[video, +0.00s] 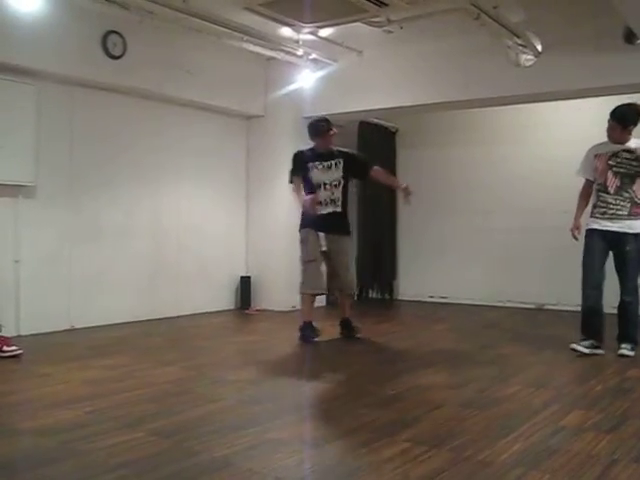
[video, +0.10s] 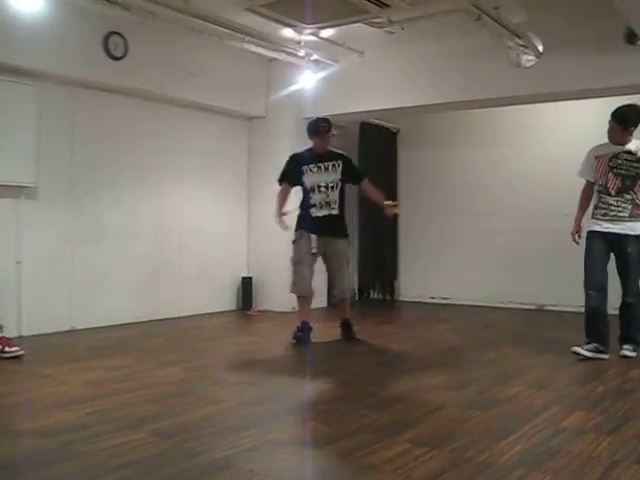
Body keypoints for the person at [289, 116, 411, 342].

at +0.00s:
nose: (333, 136)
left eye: (332, 133)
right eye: (329, 133)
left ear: (330, 135)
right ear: (318, 136)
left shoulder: (345, 157)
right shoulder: (302, 158)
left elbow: (373, 171)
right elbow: (296, 183)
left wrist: (398, 185)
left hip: (338, 225)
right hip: (311, 225)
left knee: (345, 274)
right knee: (311, 272)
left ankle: (346, 322)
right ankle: (307, 324)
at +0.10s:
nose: (325, 140)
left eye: (327, 135)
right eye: (321, 136)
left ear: (331, 135)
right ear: (313, 136)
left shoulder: (341, 160)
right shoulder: (298, 161)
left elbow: (364, 184)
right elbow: (285, 186)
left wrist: (384, 202)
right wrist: (280, 210)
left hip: (335, 227)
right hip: (306, 227)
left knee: (342, 277)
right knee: (302, 276)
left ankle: (346, 323)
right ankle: (304, 325)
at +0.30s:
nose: (325, 140)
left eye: (327, 135)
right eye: (322, 135)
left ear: (329, 135)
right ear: (311, 134)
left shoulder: (333, 156)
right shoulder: (295, 156)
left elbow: (339, 184)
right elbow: (274, 182)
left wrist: (351, 205)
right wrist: (250, 202)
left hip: (330, 227)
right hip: (303, 227)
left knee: (337, 278)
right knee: (298, 279)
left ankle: (336, 323)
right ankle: (302, 325)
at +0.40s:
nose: (326, 141)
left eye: (328, 137)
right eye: (323, 136)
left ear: (330, 136)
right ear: (312, 135)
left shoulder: (332, 154)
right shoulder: (294, 153)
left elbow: (336, 180)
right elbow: (270, 173)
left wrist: (352, 196)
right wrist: (241, 179)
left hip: (327, 224)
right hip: (300, 225)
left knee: (336, 277)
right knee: (298, 277)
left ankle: (332, 324)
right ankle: (300, 326)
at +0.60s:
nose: (321, 147)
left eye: (324, 143)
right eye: (317, 142)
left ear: (328, 144)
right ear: (308, 141)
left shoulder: (333, 164)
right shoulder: (294, 158)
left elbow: (343, 185)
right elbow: (272, 165)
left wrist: (356, 178)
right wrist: (259, 155)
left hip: (323, 228)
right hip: (298, 227)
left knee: (341, 272)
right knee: (298, 275)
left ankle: (334, 323)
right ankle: (296, 325)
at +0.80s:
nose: (332, 155)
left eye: (332, 150)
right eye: (329, 150)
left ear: (321, 151)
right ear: (316, 149)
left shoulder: (325, 170)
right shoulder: (304, 168)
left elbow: (342, 186)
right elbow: (317, 182)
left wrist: (323, 174)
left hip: (328, 231)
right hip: (306, 231)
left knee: (344, 273)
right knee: (307, 278)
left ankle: (335, 323)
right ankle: (297, 326)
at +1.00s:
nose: (332, 153)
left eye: (333, 149)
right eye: (329, 148)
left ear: (323, 149)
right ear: (316, 147)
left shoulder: (326, 168)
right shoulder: (303, 169)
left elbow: (341, 190)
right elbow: (309, 201)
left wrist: (333, 179)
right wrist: (336, 207)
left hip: (330, 233)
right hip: (310, 235)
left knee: (352, 278)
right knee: (315, 286)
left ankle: (337, 322)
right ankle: (295, 325)